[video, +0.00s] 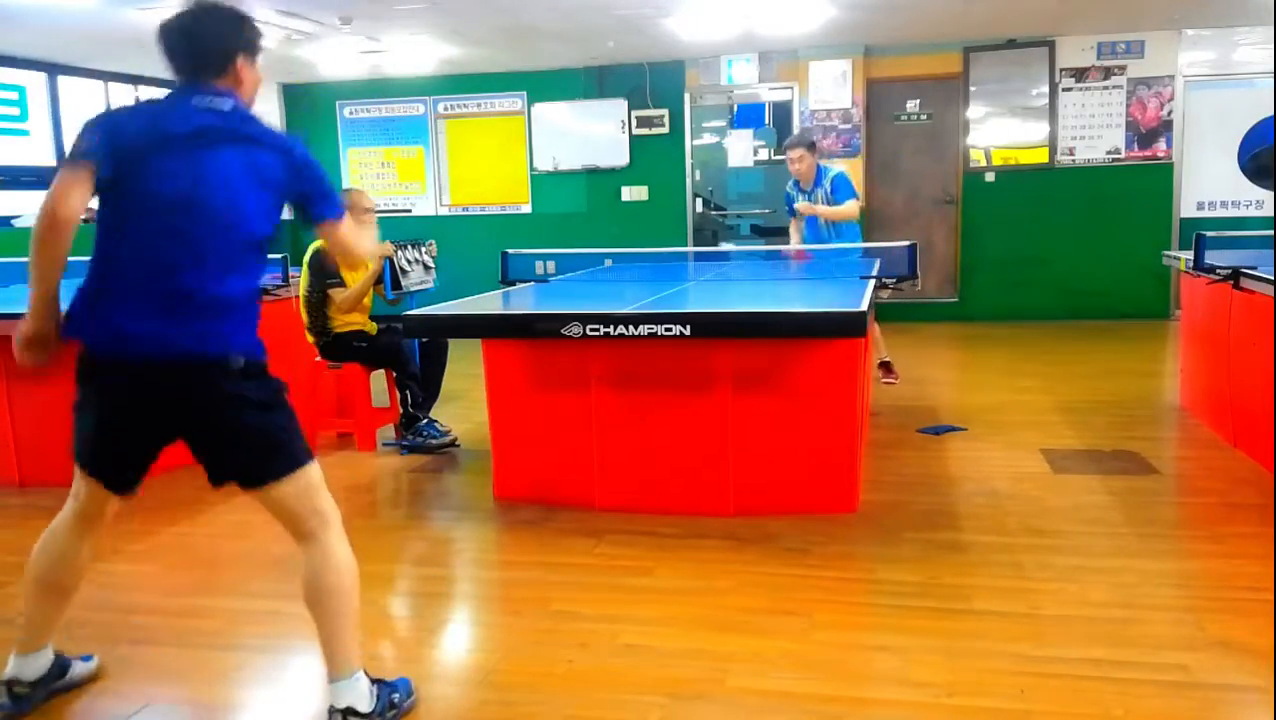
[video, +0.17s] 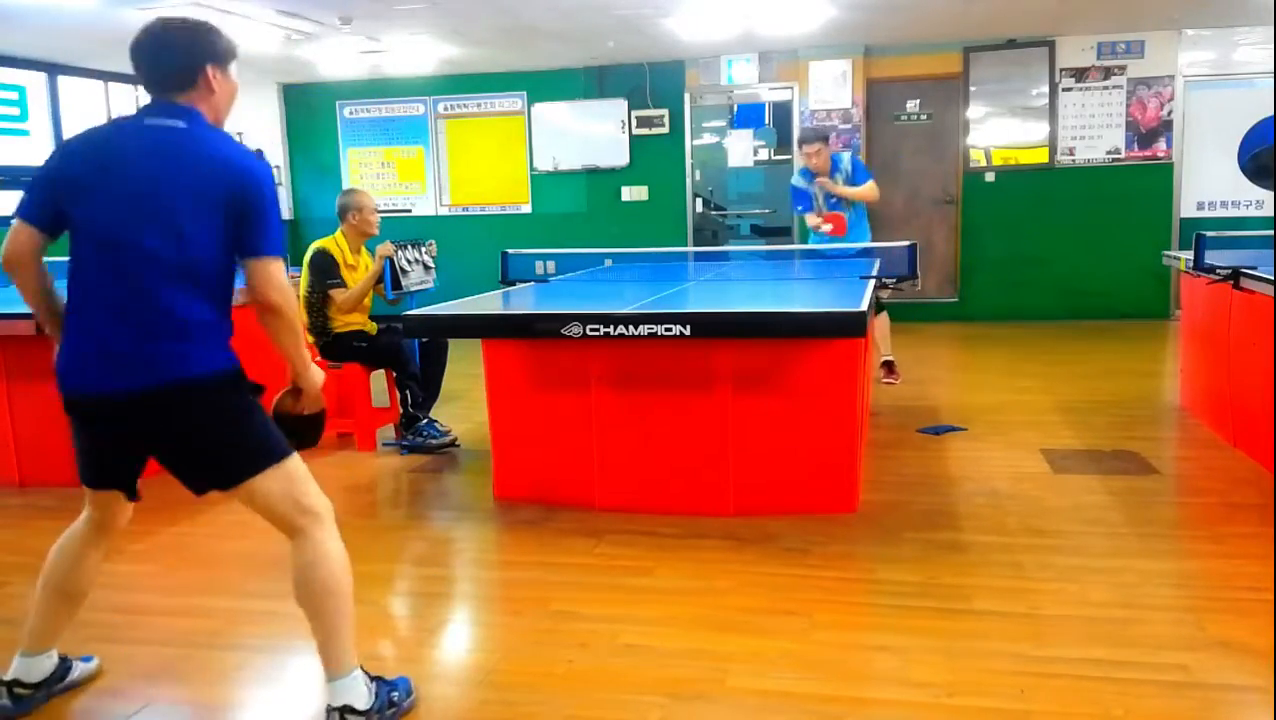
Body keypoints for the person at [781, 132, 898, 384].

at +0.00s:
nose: (794, 167)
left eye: (799, 160)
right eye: (790, 162)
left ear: (814, 157)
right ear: (786, 163)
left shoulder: (837, 178)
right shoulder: (792, 189)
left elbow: (853, 211)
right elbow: (795, 221)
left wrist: (816, 210)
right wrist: (796, 244)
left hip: (846, 258)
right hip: (814, 259)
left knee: (862, 309)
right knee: (814, 310)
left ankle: (883, 360)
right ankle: (814, 365)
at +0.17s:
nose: (813, 161)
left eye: (818, 153)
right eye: (807, 156)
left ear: (828, 148)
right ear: (800, 155)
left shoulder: (848, 162)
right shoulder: (800, 179)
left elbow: (873, 193)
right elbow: (807, 216)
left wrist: (837, 189)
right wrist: (816, 222)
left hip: (858, 247)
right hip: (822, 251)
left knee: (874, 302)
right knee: (822, 305)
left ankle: (887, 359)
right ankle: (826, 363)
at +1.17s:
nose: (858, 156)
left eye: (863, 149)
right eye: (854, 150)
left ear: (878, 148)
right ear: (850, 151)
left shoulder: (897, 172)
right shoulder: (852, 177)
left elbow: (919, 207)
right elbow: (850, 208)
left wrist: (901, 220)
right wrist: (844, 234)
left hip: (899, 248)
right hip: (867, 249)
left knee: (909, 299)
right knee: (858, 301)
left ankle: (931, 351)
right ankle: (855, 354)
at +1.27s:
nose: (866, 156)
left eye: (871, 149)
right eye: (861, 151)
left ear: (884, 146)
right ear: (857, 152)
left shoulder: (907, 163)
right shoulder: (858, 174)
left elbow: (940, 190)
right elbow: (863, 212)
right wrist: (874, 217)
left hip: (911, 240)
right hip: (878, 241)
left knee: (916, 295)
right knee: (863, 295)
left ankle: (932, 351)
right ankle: (858, 352)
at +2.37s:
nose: (791, 166)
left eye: (795, 160)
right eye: (789, 161)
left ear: (811, 157)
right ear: (789, 163)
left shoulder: (833, 175)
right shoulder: (799, 183)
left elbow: (869, 189)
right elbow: (793, 212)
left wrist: (885, 208)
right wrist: (766, 224)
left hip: (848, 250)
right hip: (817, 251)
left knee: (869, 291)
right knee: (814, 295)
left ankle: (891, 336)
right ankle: (819, 344)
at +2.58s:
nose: (776, 161)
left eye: (780, 156)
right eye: (774, 157)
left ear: (795, 154)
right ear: (778, 160)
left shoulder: (818, 170)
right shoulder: (782, 180)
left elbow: (846, 183)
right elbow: (753, 194)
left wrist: (861, 201)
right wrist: (723, 194)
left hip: (837, 244)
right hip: (806, 248)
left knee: (863, 287)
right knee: (808, 293)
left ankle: (891, 332)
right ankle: (814, 339)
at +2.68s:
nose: (778, 149)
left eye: (782, 143)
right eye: (776, 145)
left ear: (796, 142)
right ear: (775, 147)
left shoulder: (814, 158)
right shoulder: (776, 164)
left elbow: (843, 171)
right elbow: (751, 171)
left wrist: (862, 187)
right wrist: (730, 173)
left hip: (824, 233)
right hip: (796, 236)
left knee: (834, 279)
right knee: (799, 281)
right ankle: (803, 322)